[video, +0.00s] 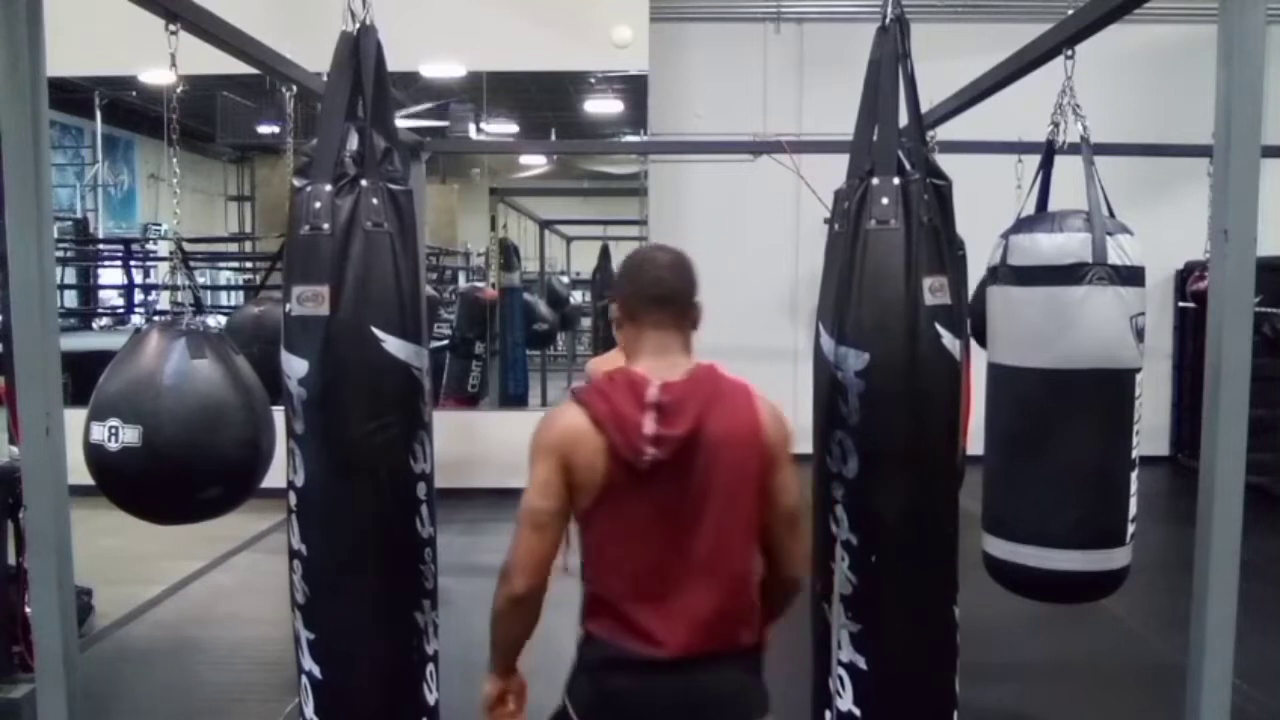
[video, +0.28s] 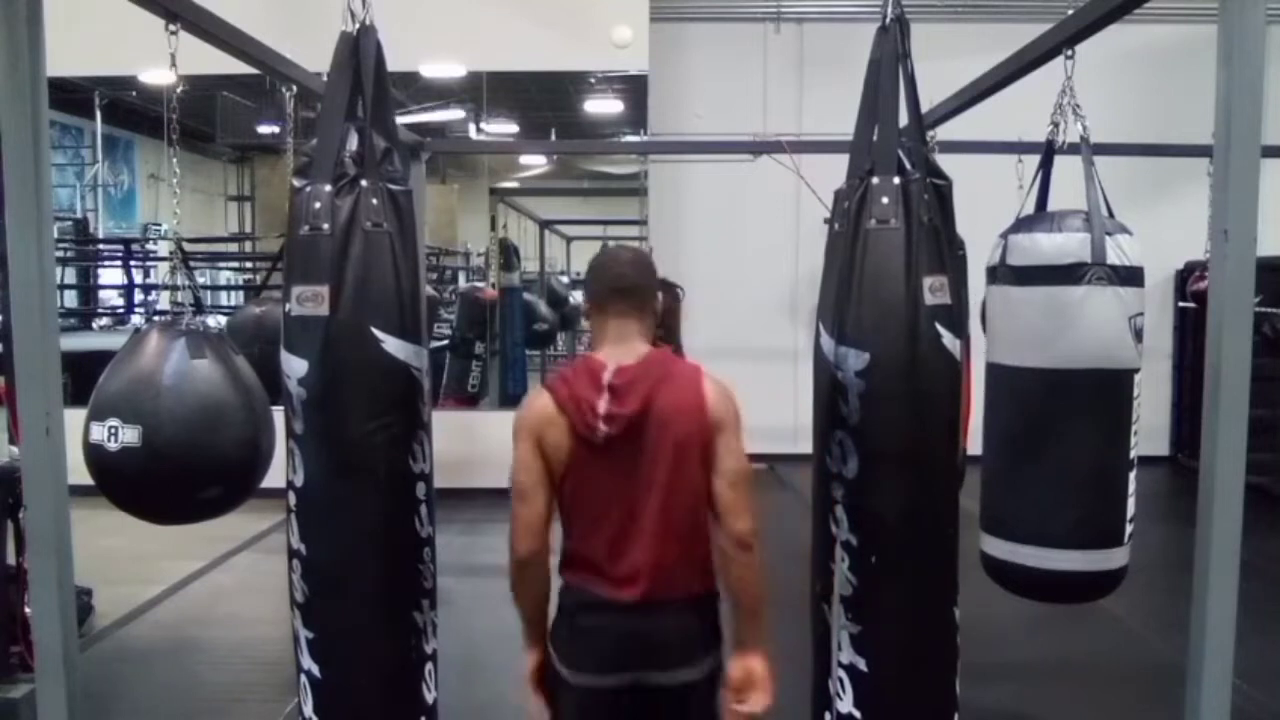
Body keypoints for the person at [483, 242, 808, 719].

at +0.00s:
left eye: (613, 314)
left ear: (617, 316)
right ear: (696, 317)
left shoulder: (571, 426)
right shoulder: (759, 417)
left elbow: (522, 584)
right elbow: (791, 569)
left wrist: (503, 668)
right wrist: (744, 622)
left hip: (615, 687)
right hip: (727, 686)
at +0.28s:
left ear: (587, 308)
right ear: (657, 308)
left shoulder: (544, 408)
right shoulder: (709, 397)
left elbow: (527, 552)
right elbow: (740, 535)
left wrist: (536, 643)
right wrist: (750, 647)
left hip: (589, 643)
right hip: (685, 643)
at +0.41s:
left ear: (595, 305)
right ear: (659, 307)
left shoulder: (547, 397)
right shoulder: (704, 393)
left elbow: (522, 533)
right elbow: (722, 527)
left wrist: (539, 620)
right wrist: (723, 638)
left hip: (587, 628)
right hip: (677, 627)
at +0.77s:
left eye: (620, 311)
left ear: (621, 314)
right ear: (679, 312)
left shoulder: (578, 384)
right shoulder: (713, 388)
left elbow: (550, 496)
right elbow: (728, 504)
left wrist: (540, 574)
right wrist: (738, 591)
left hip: (602, 598)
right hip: (685, 600)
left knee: (598, 713)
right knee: (685, 712)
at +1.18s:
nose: (643, 315)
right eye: (639, 308)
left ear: (583, 314)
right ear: (630, 309)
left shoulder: (558, 384)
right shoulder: (677, 375)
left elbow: (549, 486)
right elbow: (711, 463)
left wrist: (543, 559)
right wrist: (725, 520)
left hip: (590, 561)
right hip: (664, 557)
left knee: (593, 684)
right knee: (678, 693)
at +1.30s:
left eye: (559, 307)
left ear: (567, 310)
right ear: (615, 304)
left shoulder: (555, 379)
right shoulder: (664, 368)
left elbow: (543, 482)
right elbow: (687, 456)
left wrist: (523, 543)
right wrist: (689, 515)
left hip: (583, 545)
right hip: (645, 538)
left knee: (588, 680)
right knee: (649, 650)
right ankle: (658, 713)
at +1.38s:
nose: (555, 315)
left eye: (556, 307)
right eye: (557, 307)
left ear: (566, 308)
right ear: (612, 305)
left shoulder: (558, 377)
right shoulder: (659, 366)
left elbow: (548, 477)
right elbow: (681, 451)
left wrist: (520, 537)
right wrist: (671, 503)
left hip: (585, 536)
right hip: (642, 527)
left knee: (586, 675)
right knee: (635, 645)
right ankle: (646, 714)